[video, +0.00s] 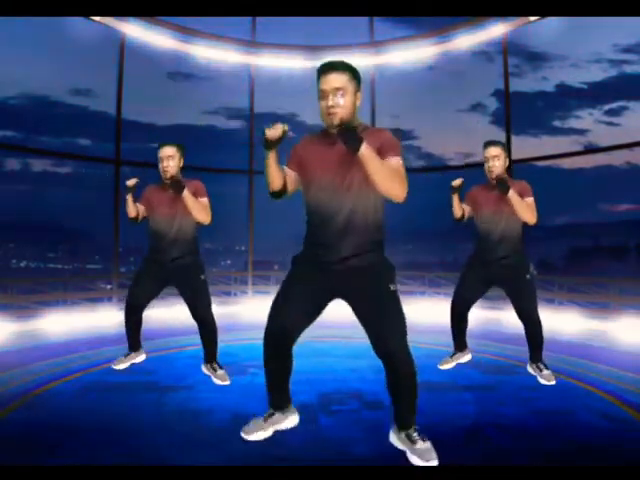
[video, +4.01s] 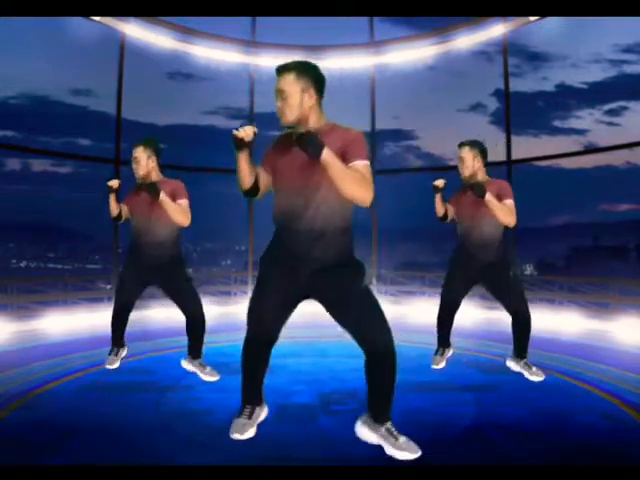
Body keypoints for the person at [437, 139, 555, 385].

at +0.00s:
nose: (492, 163)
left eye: (496, 158)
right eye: (488, 159)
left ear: (506, 160)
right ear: (483, 163)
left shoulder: (520, 188)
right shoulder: (477, 192)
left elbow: (530, 217)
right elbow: (460, 215)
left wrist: (507, 190)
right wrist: (455, 194)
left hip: (513, 264)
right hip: (482, 263)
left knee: (530, 316)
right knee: (458, 306)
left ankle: (536, 362)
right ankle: (460, 351)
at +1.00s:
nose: (482, 161)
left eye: (485, 157)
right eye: (482, 157)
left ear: (496, 156)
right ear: (494, 157)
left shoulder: (507, 175)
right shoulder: (493, 179)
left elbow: (471, 183)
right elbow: (482, 208)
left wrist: (447, 173)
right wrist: (480, 182)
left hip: (508, 257)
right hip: (490, 256)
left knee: (517, 312)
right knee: (467, 298)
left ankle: (546, 360)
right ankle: (467, 352)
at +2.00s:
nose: (465, 154)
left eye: (469, 149)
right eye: (464, 150)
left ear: (484, 151)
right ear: (466, 154)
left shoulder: (504, 174)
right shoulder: (466, 184)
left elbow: (511, 203)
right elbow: (451, 206)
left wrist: (484, 179)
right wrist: (444, 184)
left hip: (501, 251)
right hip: (472, 251)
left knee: (521, 304)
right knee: (450, 293)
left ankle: (532, 352)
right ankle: (443, 341)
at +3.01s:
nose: (480, 162)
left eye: (482, 157)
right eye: (480, 158)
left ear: (492, 156)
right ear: (497, 157)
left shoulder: (496, 176)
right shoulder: (501, 179)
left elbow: (458, 182)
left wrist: (433, 173)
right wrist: (441, 176)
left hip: (499, 258)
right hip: (489, 256)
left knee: (513, 313)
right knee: (464, 300)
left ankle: (548, 359)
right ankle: (461, 354)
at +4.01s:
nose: (461, 164)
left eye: (465, 159)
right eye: (460, 160)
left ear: (479, 160)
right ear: (462, 163)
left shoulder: (500, 188)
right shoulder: (461, 195)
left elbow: (510, 220)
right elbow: (444, 215)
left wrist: (486, 196)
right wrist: (438, 194)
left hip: (496, 264)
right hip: (465, 263)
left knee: (520, 312)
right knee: (447, 305)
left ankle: (519, 358)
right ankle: (443, 347)